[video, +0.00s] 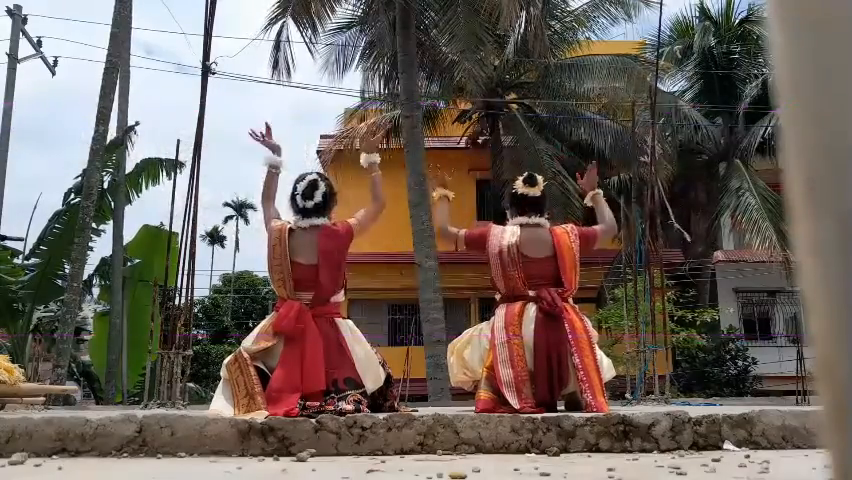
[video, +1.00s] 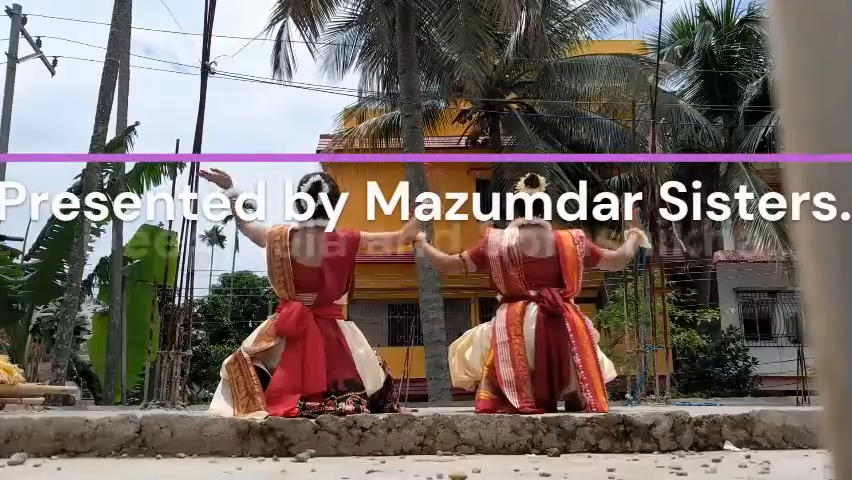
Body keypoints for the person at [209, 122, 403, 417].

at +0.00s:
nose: (335, 203)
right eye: (333, 199)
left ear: (294, 202)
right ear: (330, 203)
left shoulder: (279, 234)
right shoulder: (340, 235)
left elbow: (267, 201)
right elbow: (378, 205)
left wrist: (274, 158)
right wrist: (371, 161)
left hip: (288, 330)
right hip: (331, 331)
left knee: (240, 367)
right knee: (379, 386)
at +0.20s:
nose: (337, 201)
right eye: (334, 196)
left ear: (294, 201)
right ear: (331, 202)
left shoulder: (279, 234)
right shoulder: (341, 234)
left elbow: (263, 204)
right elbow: (384, 205)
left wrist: (268, 160)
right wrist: (384, 158)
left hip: (287, 332)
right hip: (331, 333)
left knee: (238, 367)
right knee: (378, 387)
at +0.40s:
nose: (338, 202)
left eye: (335, 196)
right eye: (335, 197)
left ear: (296, 202)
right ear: (331, 204)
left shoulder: (279, 235)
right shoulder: (342, 234)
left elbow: (257, 206)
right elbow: (389, 207)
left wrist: (260, 167)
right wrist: (397, 171)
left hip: (288, 337)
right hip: (332, 337)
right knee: (378, 388)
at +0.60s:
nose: (338, 203)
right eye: (335, 199)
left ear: (296, 204)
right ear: (333, 203)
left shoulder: (278, 235)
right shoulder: (343, 236)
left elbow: (252, 211)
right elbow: (396, 220)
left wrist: (240, 175)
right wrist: (417, 190)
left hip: (286, 335)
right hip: (333, 336)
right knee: (378, 383)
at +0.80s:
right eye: (332, 196)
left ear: (298, 202)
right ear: (332, 203)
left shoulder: (276, 236)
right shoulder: (346, 238)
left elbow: (247, 214)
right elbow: (400, 233)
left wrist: (233, 181)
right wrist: (420, 201)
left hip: (287, 339)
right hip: (333, 339)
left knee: (242, 365)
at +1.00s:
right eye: (326, 201)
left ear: (298, 203)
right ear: (334, 205)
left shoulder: (276, 238)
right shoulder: (348, 241)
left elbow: (245, 223)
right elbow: (401, 238)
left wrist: (229, 189)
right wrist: (420, 212)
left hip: (289, 334)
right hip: (333, 336)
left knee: (240, 366)